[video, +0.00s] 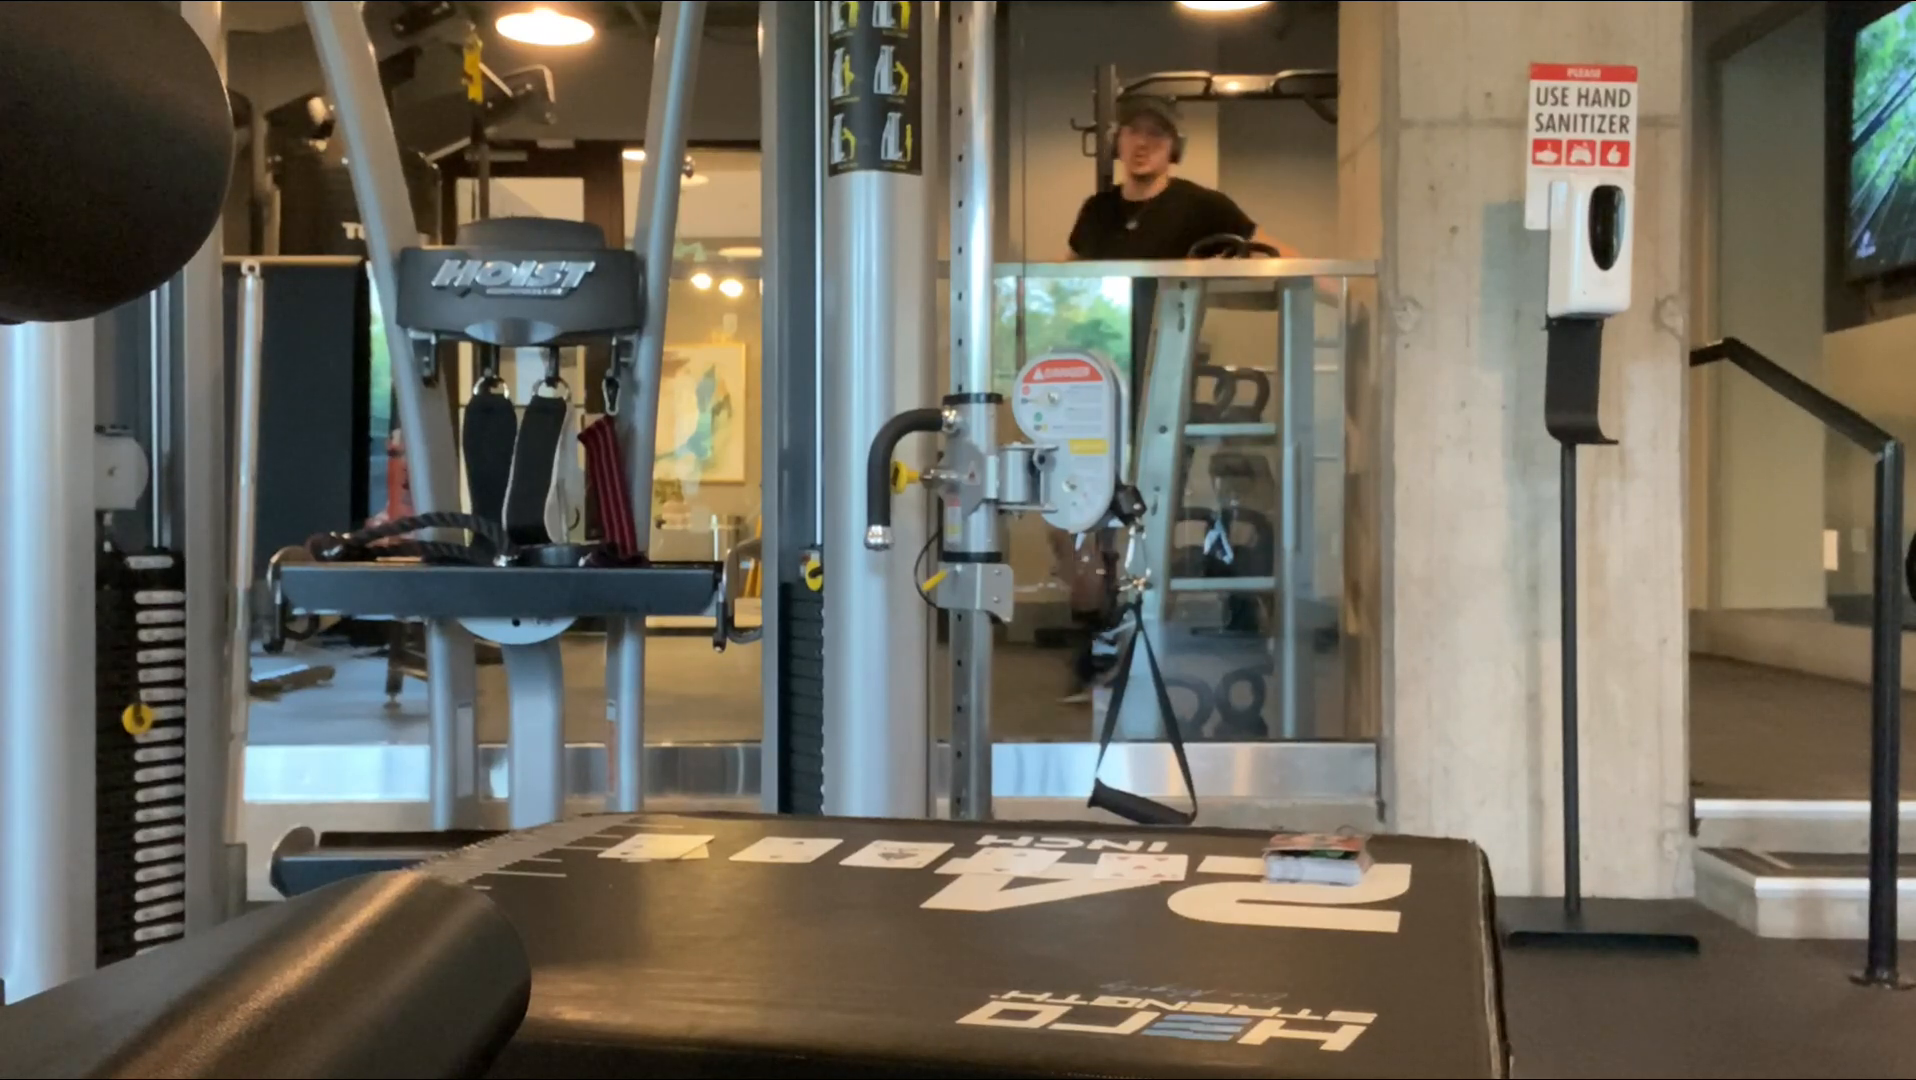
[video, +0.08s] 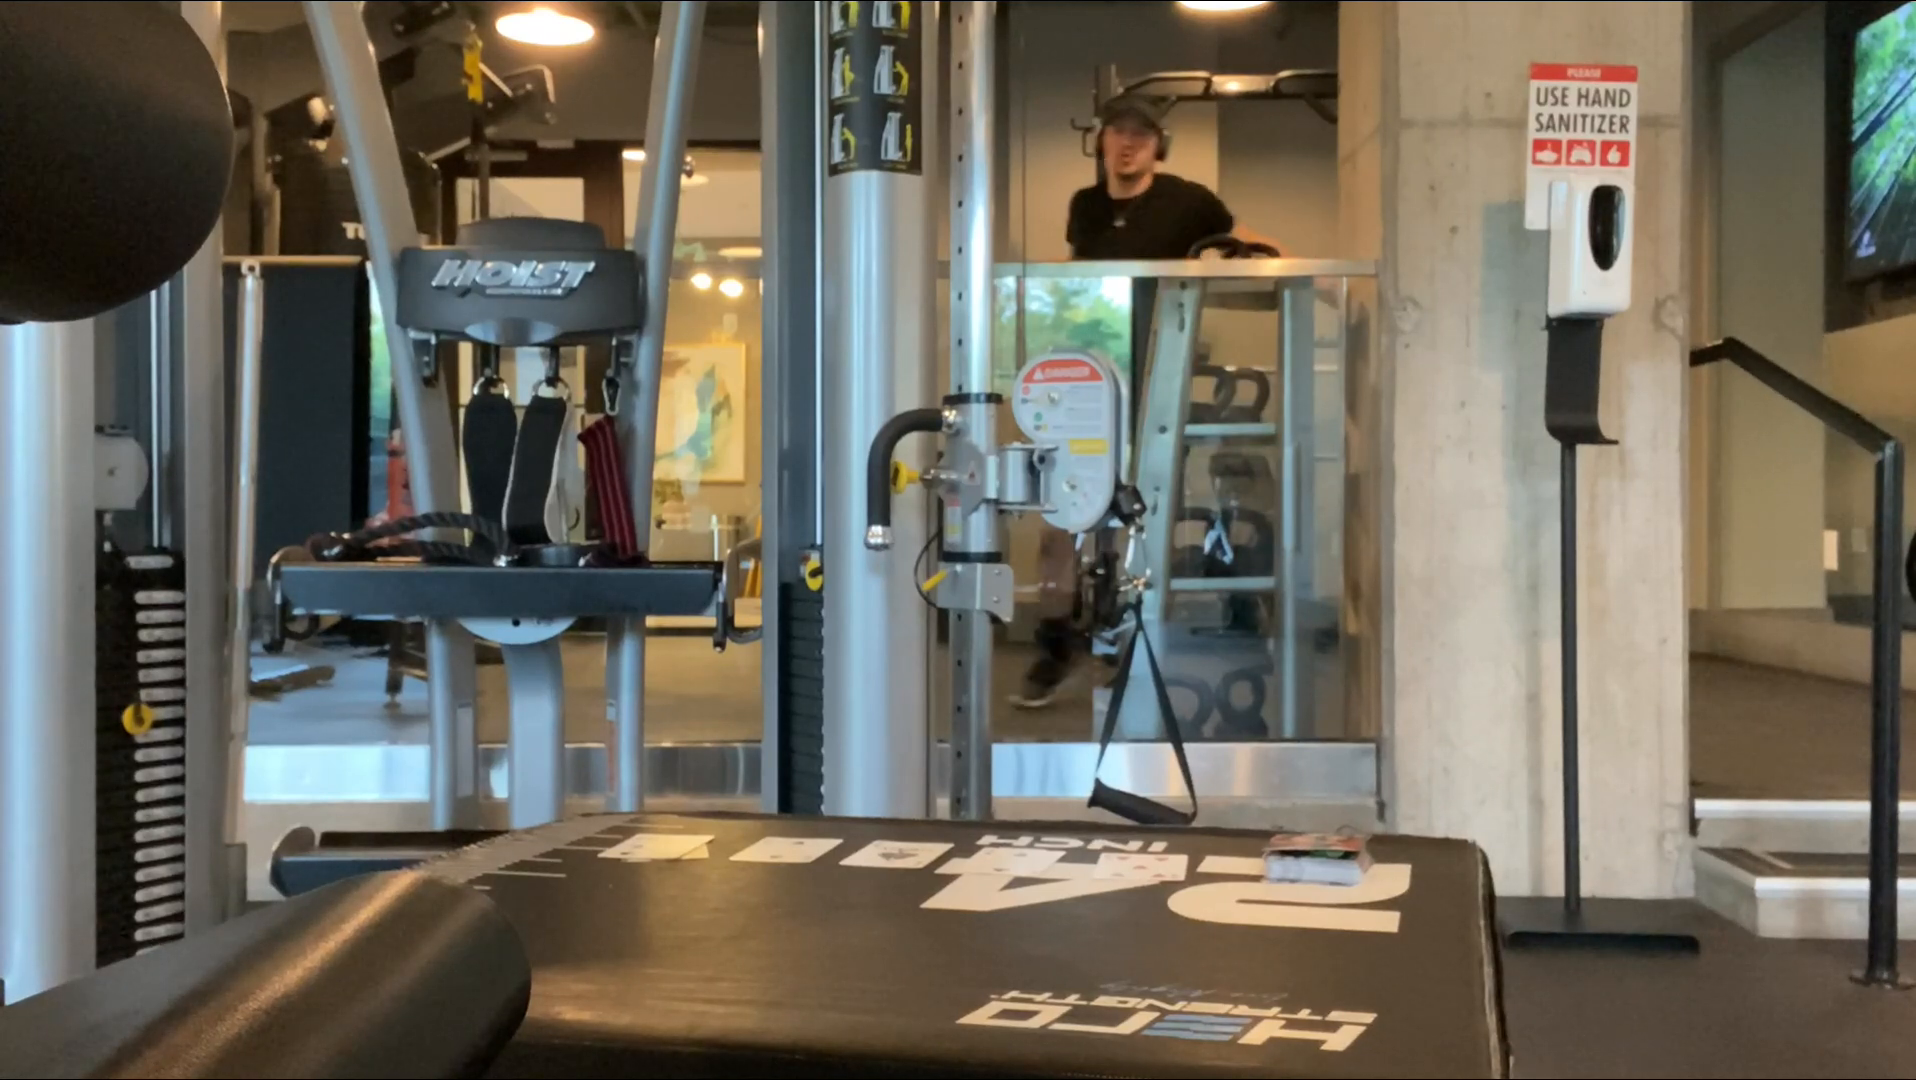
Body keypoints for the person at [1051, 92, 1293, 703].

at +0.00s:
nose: (1140, 146)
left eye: (1152, 137)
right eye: (1132, 136)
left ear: (1173, 148)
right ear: (1117, 144)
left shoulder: (1200, 206)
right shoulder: (1096, 210)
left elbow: (1276, 253)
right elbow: (1070, 284)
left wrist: (1334, 289)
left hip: (1165, 371)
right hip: (1100, 371)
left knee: (1150, 503)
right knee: (1085, 502)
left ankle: (1137, 637)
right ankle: (1090, 635)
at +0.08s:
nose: (1127, 150)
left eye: (1139, 141)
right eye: (1118, 138)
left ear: (1157, 147)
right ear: (1102, 143)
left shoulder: (1188, 201)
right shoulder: (1086, 205)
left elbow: (1240, 250)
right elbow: (1080, 281)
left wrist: (1254, 252)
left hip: (1157, 367)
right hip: (1092, 368)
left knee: (1141, 499)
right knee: (1064, 499)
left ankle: (1134, 633)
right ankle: (1054, 637)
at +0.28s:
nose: (1102, 144)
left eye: (1113, 133)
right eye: (1092, 132)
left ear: (1129, 143)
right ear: (1072, 141)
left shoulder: (1163, 206)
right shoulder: (1044, 213)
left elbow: (1202, 273)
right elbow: (1026, 298)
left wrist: (1220, 262)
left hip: (1140, 385)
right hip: (1061, 390)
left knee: (1133, 518)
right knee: (1040, 525)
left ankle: (1126, 650)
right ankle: (1018, 651)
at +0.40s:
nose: (1079, 147)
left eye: (1091, 135)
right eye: (1070, 135)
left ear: (1108, 144)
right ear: (1052, 142)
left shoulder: (1146, 218)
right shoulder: (1016, 221)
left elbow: (1204, 291)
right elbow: (975, 295)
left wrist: (1266, 335)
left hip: (1125, 400)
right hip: (1040, 401)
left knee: (1125, 529)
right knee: (1032, 535)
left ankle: (1121, 661)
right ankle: (1018, 660)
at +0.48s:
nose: (1065, 149)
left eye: (1075, 138)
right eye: (1055, 139)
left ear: (1093, 146)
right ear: (1037, 147)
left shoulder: (1131, 217)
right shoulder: (1009, 218)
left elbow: (1183, 281)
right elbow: (967, 281)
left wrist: (1209, 341)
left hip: (1110, 400)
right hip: (1028, 399)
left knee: (1115, 529)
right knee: (1027, 534)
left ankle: (1119, 653)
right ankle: (1016, 664)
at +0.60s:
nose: (1047, 151)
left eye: (1057, 140)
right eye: (1037, 140)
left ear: (1076, 147)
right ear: (1020, 147)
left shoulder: (1110, 212)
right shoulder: (999, 206)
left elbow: (1120, 284)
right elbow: (997, 242)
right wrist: (1084, 237)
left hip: (1093, 387)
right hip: (1016, 385)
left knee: (1112, 520)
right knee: (1020, 534)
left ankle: (1123, 643)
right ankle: (1015, 659)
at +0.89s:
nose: (1054, 142)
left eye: (1064, 133)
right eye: (1043, 133)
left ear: (1081, 143)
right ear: (1024, 141)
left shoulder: (1103, 204)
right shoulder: (1008, 189)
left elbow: (1098, 253)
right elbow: (1070, 217)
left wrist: (1028, 247)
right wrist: (1146, 217)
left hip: (1093, 371)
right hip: (1020, 369)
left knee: (1110, 505)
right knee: (1020, 526)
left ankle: (1112, 620)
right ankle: (1014, 652)